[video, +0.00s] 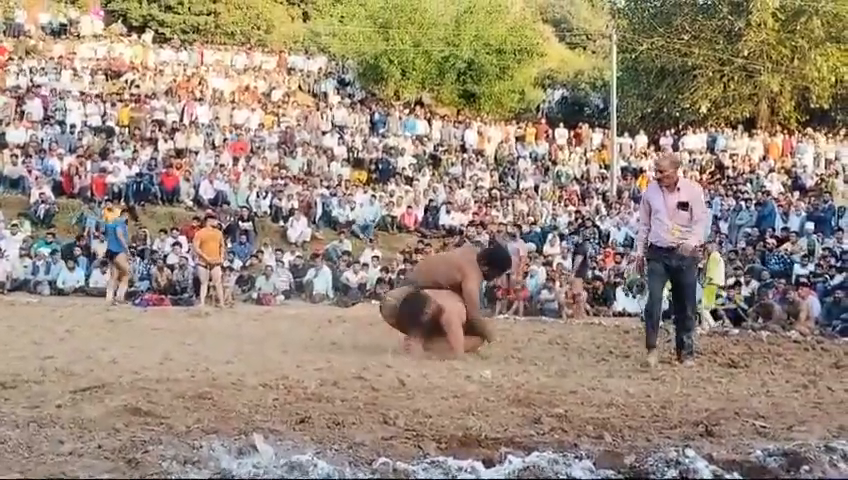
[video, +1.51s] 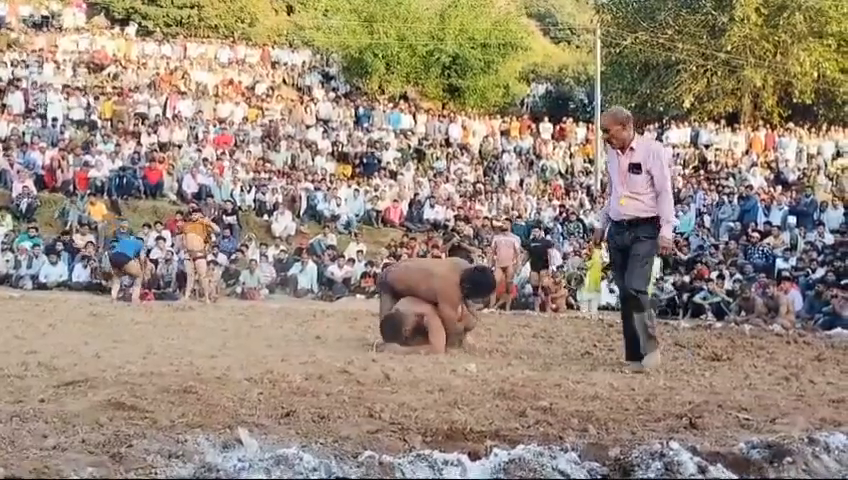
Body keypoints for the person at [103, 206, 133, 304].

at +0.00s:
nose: (127, 219)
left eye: (127, 217)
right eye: (127, 217)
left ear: (119, 214)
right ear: (125, 216)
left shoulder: (109, 223)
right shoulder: (120, 222)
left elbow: (106, 235)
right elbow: (119, 235)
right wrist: (127, 249)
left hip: (110, 250)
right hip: (118, 251)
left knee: (113, 276)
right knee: (126, 273)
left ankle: (109, 297)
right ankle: (120, 297)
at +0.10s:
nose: (133, 219)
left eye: (133, 217)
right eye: (133, 216)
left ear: (124, 214)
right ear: (130, 215)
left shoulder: (116, 223)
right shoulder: (126, 223)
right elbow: (125, 236)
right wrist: (132, 249)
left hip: (113, 250)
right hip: (122, 251)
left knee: (115, 276)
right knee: (130, 274)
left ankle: (109, 298)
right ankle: (133, 298)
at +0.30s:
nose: (139, 219)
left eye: (139, 217)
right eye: (138, 217)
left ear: (126, 214)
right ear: (135, 215)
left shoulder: (119, 224)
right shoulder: (137, 226)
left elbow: (115, 237)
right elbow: (139, 240)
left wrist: (116, 248)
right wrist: (142, 250)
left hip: (120, 251)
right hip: (132, 252)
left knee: (122, 277)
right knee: (136, 278)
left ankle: (110, 295)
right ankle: (136, 301)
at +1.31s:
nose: (143, 232)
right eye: (143, 230)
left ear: (134, 226)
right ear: (140, 229)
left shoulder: (122, 230)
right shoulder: (139, 232)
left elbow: (114, 239)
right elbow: (140, 246)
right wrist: (141, 259)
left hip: (114, 246)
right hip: (126, 248)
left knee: (117, 272)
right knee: (134, 272)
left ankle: (116, 297)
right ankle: (136, 296)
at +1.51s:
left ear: (135, 237)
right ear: (142, 241)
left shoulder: (125, 240)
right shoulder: (140, 244)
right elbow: (141, 259)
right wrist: (143, 271)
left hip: (113, 254)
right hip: (126, 256)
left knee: (116, 277)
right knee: (139, 275)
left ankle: (113, 298)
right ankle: (135, 299)